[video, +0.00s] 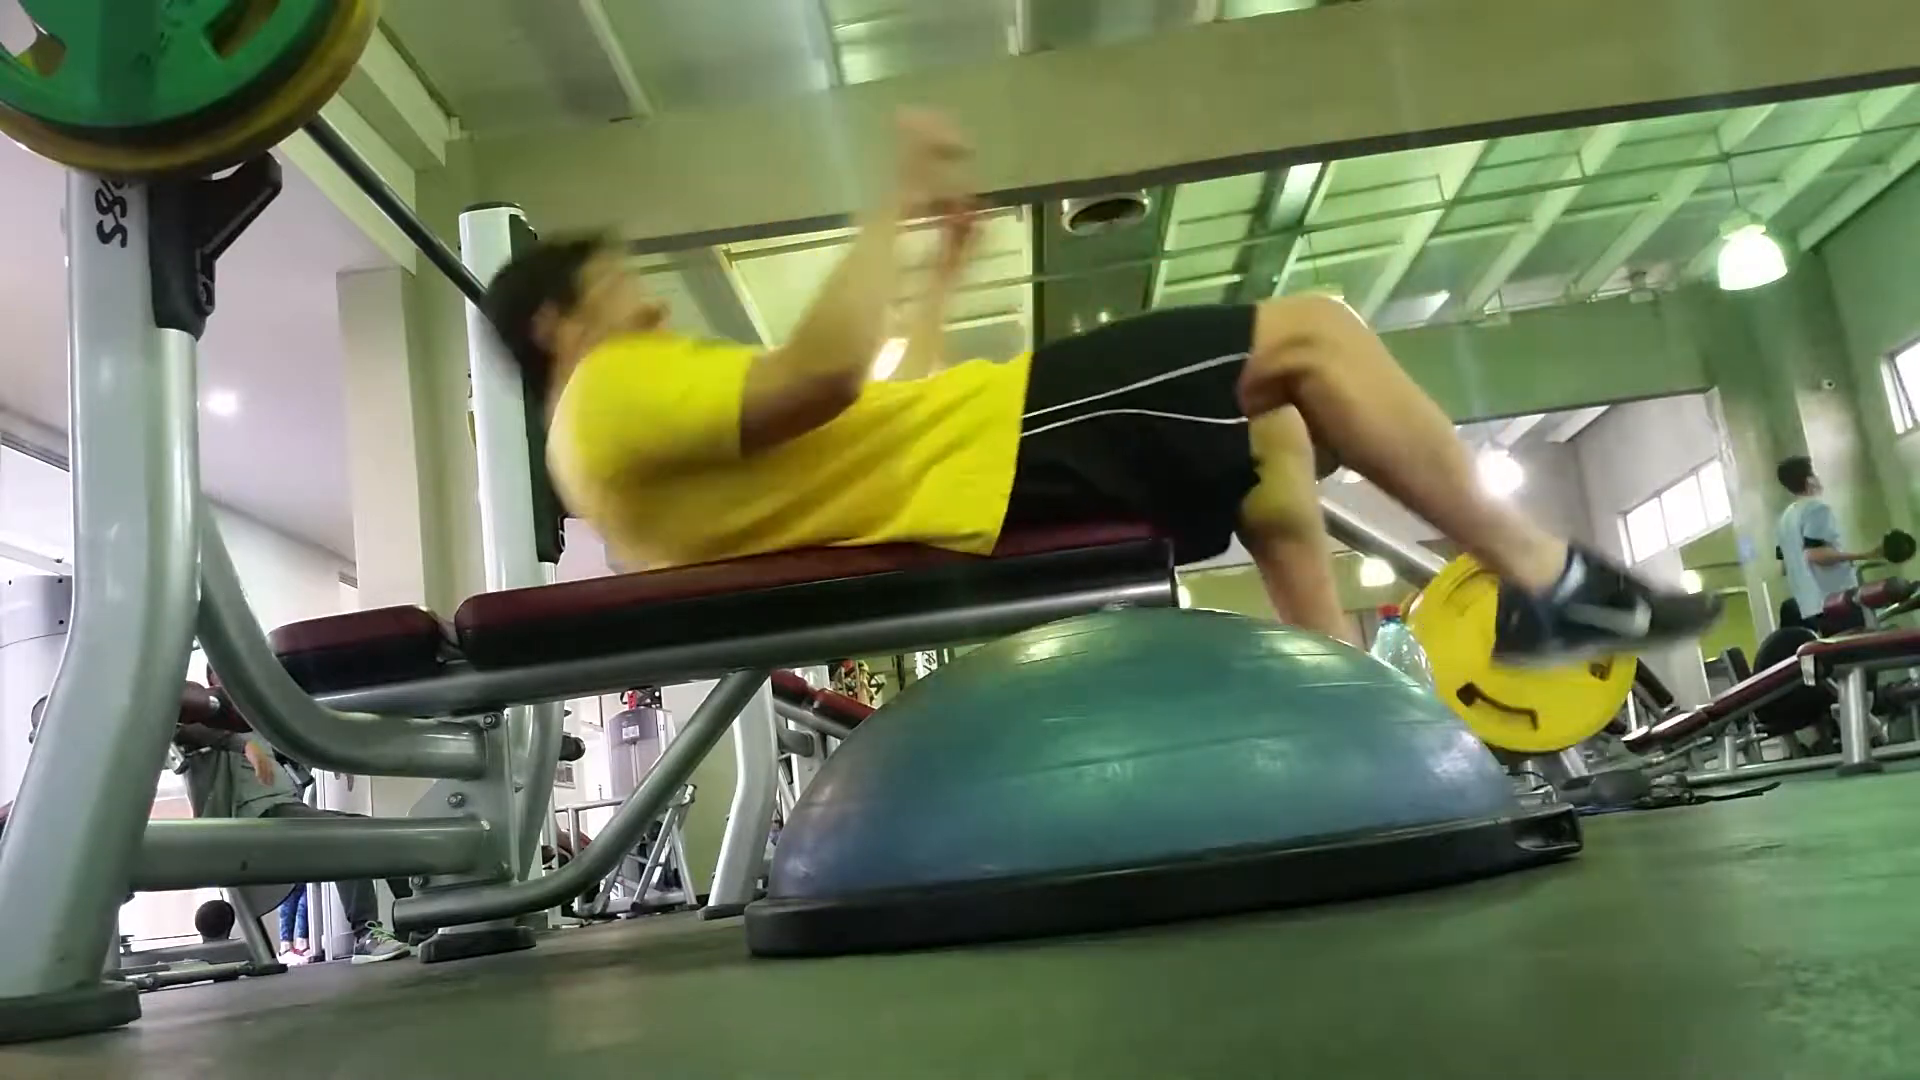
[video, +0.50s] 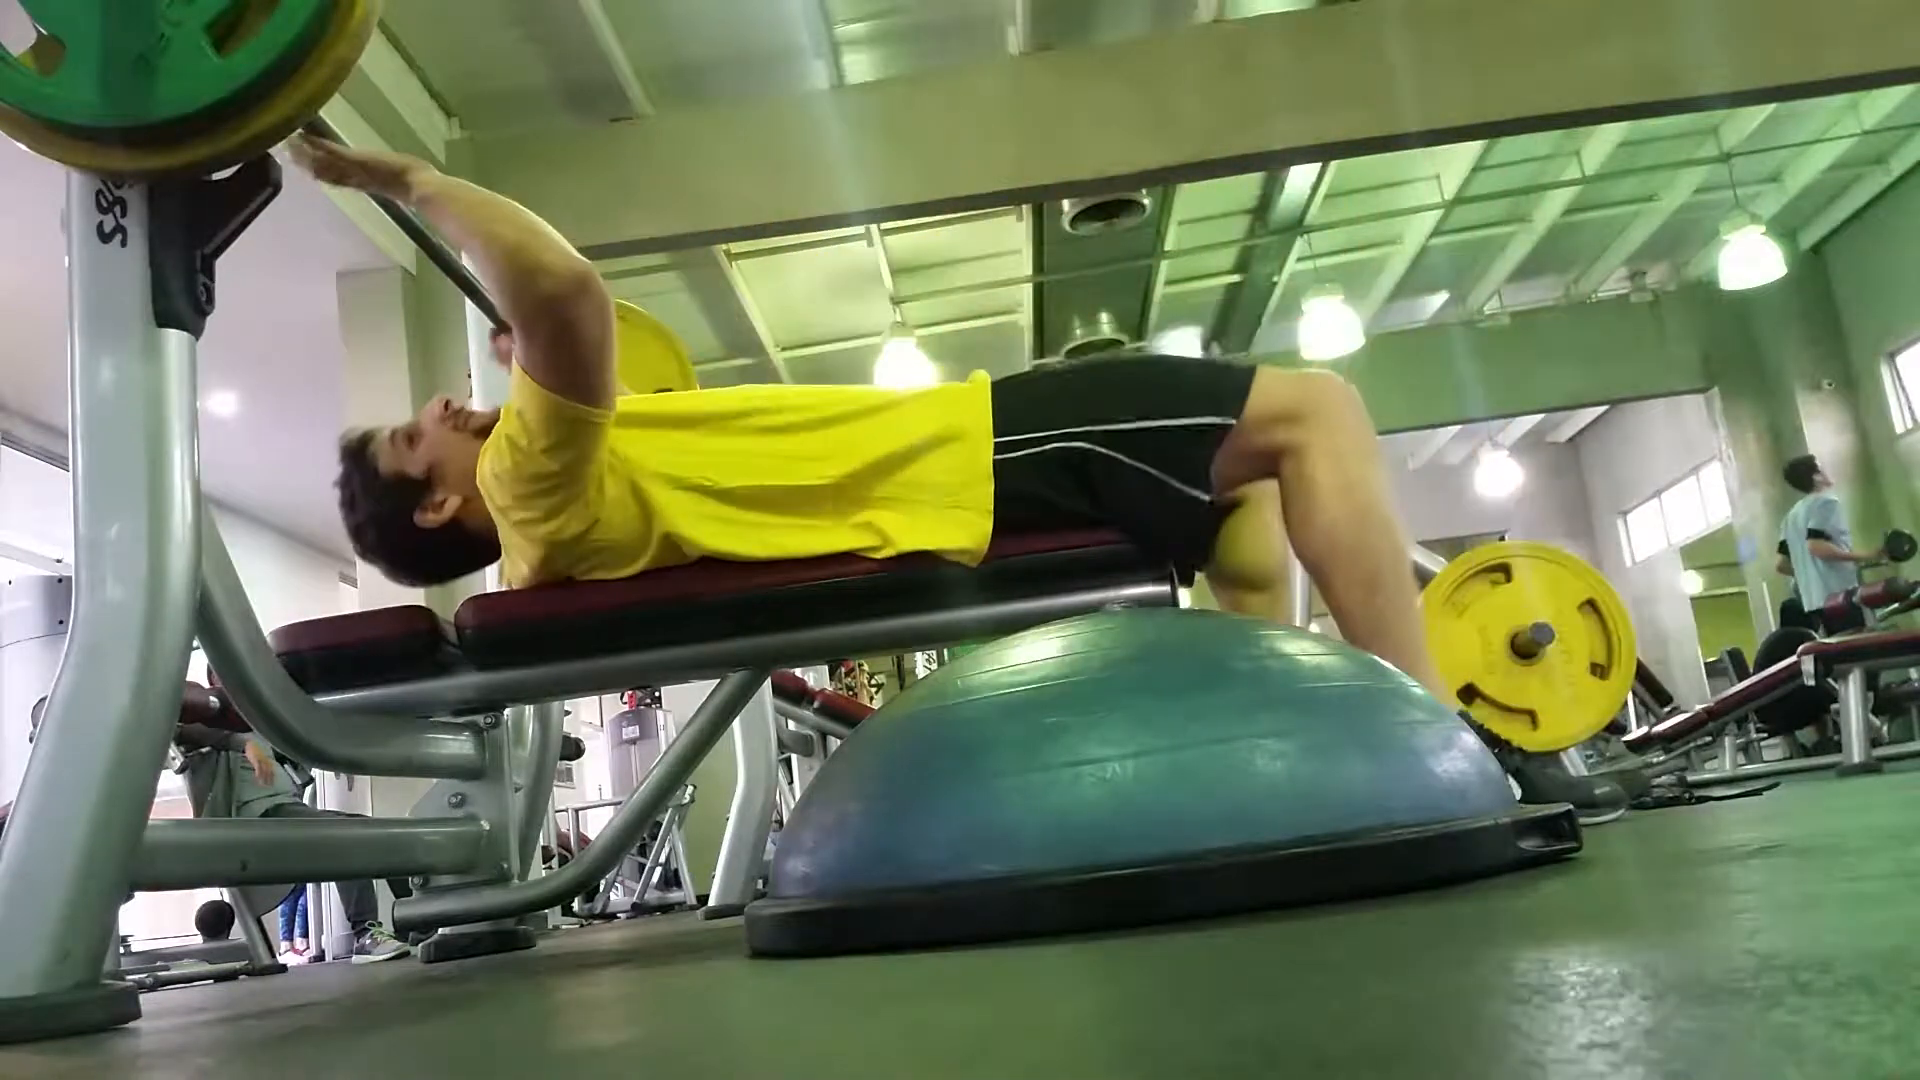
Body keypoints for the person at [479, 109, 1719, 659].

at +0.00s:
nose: (657, 290)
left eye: (644, 277)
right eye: (624, 281)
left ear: (567, 329)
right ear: (561, 317)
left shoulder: (634, 436)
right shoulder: (606, 393)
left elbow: (852, 429)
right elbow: (803, 382)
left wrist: (927, 302)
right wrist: (903, 226)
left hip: (976, 481)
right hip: (978, 437)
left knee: (1274, 456)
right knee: (1310, 328)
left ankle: (1350, 740)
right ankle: (1546, 575)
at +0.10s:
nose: (575, 339)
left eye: (553, 330)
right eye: (539, 343)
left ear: (505, 408)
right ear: (496, 410)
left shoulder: (601, 457)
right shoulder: (569, 455)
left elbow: (759, 409)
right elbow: (752, 391)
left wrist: (752, 293)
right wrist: (740, 229)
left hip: (972, 450)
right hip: (973, 437)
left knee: (1253, 412)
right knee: (1295, 316)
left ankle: (1340, 667)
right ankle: (1547, 541)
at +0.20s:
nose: (500, 363)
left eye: (480, 357)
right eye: (474, 373)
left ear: (462, 465)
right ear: (458, 440)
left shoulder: (555, 520)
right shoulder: (544, 455)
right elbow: (683, 354)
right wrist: (564, 230)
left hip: (943, 507)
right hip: (951, 441)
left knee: (1239, 424)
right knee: (1280, 318)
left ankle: (1327, 685)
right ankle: (1517, 567)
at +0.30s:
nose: (460, 375)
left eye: (435, 379)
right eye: (430, 401)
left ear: (453, 470)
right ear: (444, 464)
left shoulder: (552, 490)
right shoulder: (539, 471)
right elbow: (617, 325)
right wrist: (462, 251)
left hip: (950, 492)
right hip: (941, 446)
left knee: (1248, 473)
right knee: (1282, 355)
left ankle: (1244, 738)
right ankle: (1473, 644)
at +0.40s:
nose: (472, 380)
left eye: (449, 383)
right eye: (444, 406)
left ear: (457, 466)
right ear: (446, 485)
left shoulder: (569, 473)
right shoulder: (536, 490)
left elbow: (631, 343)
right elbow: (570, 300)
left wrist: (449, 228)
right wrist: (397, 200)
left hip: (950, 471)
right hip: (956, 450)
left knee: (1241, 490)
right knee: (1299, 399)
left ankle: (1259, 763)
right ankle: (1438, 734)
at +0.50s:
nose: (454, 399)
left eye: (431, 402)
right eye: (430, 423)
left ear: (457, 440)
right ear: (437, 497)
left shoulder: (563, 466)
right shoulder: (537, 495)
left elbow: (615, 334)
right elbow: (556, 290)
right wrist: (387, 178)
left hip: (949, 463)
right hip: (954, 459)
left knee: (1245, 518)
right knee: (1311, 409)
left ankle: (1258, 766)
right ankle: (1435, 744)